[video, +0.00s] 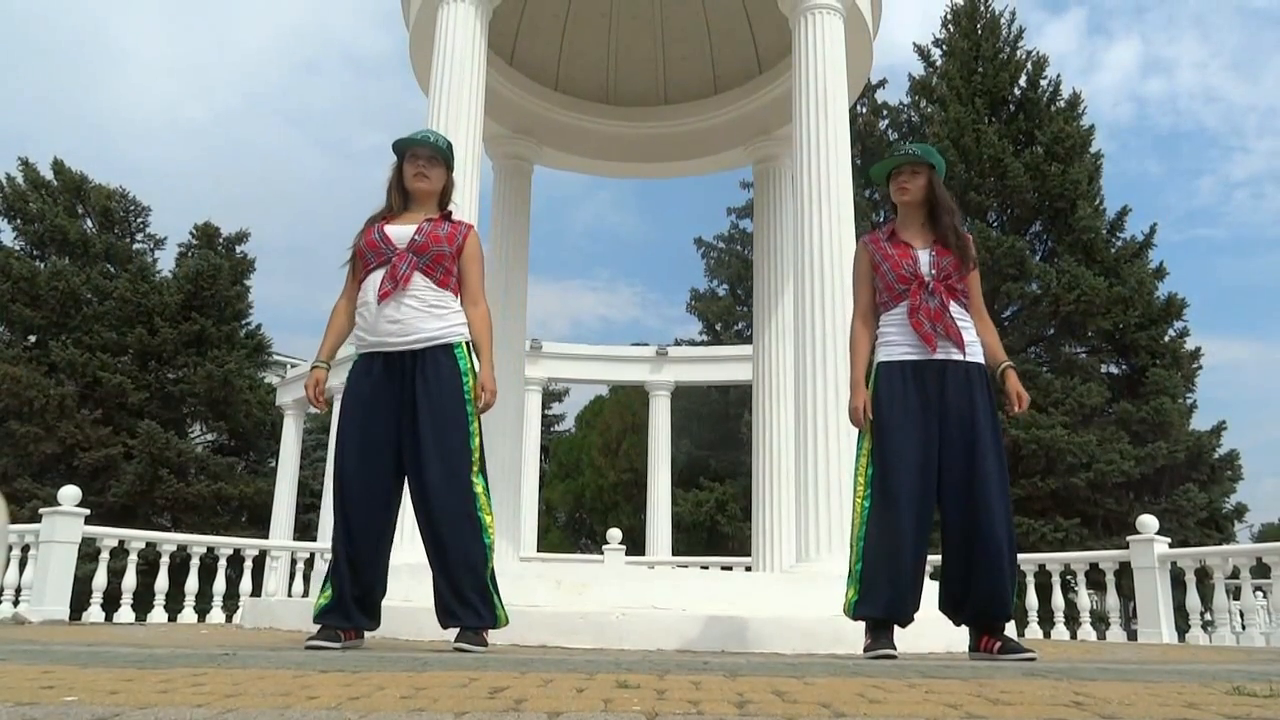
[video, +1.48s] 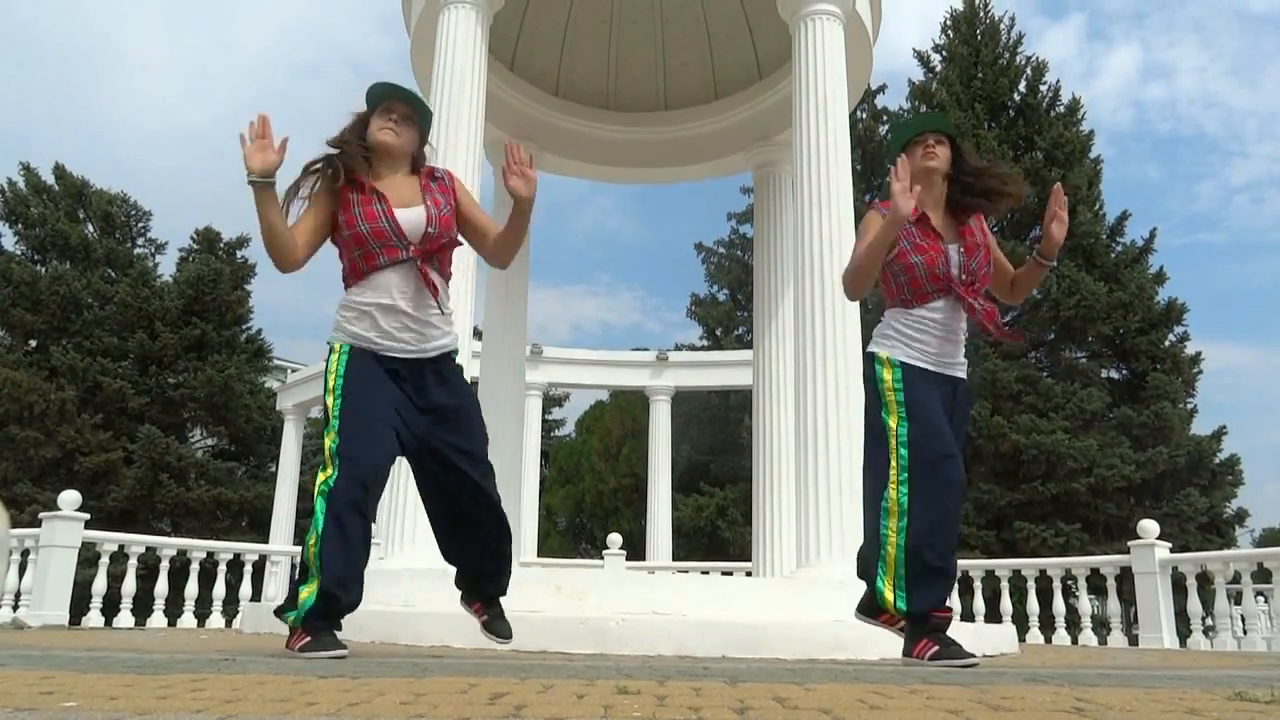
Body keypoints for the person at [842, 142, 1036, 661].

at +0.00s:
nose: (904, 180)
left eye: (914, 172)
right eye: (897, 174)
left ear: (934, 182)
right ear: (888, 185)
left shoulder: (960, 242)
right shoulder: (872, 246)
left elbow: (979, 314)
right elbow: (864, 320)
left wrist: (1006, 370)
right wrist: (858, 384)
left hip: (965, 379)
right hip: (900, 379)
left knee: (981, 498)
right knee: (898, 499)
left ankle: (986, 632)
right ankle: (880, 628)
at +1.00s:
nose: (922, 183)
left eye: (930, 176)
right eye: (912, 178)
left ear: (944, 188)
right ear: (898, 192)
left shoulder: (963, 247)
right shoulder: (878, 242)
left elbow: (975, 326)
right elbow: (838, 311)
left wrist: (996, 319)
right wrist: (879, 334)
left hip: (963, 386)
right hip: (902, 386)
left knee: (972, 506)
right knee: (917, 496)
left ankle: (936, 632)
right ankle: (890, 626)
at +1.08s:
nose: (927, 195)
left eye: (936, 189)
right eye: (917, 191)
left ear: (950, 204)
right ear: (904, 208)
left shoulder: (968, 263)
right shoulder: (885, 257)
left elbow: (985, 349)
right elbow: (856, 335)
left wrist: (995, 324)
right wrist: (929, 326)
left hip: (962, 397)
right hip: (899, 395)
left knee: (977, 507)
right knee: (943, 491)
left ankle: (939, 635)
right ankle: (904, 611)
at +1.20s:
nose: (927, 177)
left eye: (936, 172)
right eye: (917, 173)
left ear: (949, 190)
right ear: (902, 193)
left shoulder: (965, 243)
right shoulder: (887, 240)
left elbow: (993, 320)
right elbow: (899, 311)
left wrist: (999, 275)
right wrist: (971, 268)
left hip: (955, 383)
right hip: (900, 381)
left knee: (969, 489)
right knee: (938, 482)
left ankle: (938, 627)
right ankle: (926, 622)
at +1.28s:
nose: (921, 148)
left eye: (930, 143)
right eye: (911, 144)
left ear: (948, 162)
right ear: (895, 163)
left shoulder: (969, 213)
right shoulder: (883, 211)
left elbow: (1014, 276)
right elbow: (876, 278)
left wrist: (1021, 237)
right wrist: (926, 222)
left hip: (958, 363)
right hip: (905, 359)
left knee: (963, 481)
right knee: (927, 475)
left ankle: (935, 610)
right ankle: (931, 613)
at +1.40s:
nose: (924, 143)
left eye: (933, 138)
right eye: (913, 139)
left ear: (948, 156)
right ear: (897, 159)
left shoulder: (972, 213)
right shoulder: (885, 215)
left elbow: (1013, 262)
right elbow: (830, 271)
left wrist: (1057, 227)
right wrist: (840, 203)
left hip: (957, 370)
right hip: (902, 366)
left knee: (933, 484)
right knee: (927, 483)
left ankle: (889, 592)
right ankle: (925, 629)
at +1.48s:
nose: (930, 147)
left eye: (939, 141)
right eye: (919, 142)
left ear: (955, 160)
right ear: (902, 162)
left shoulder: (972, 222)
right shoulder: (886, 213)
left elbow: (1011, 290)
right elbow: (855, 286)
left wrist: (1048, 251)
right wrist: (895, 217)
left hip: (950, 370)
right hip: (901, 363)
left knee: (936, 480)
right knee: (937, 475)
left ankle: (884, 596)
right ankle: (924, 630)